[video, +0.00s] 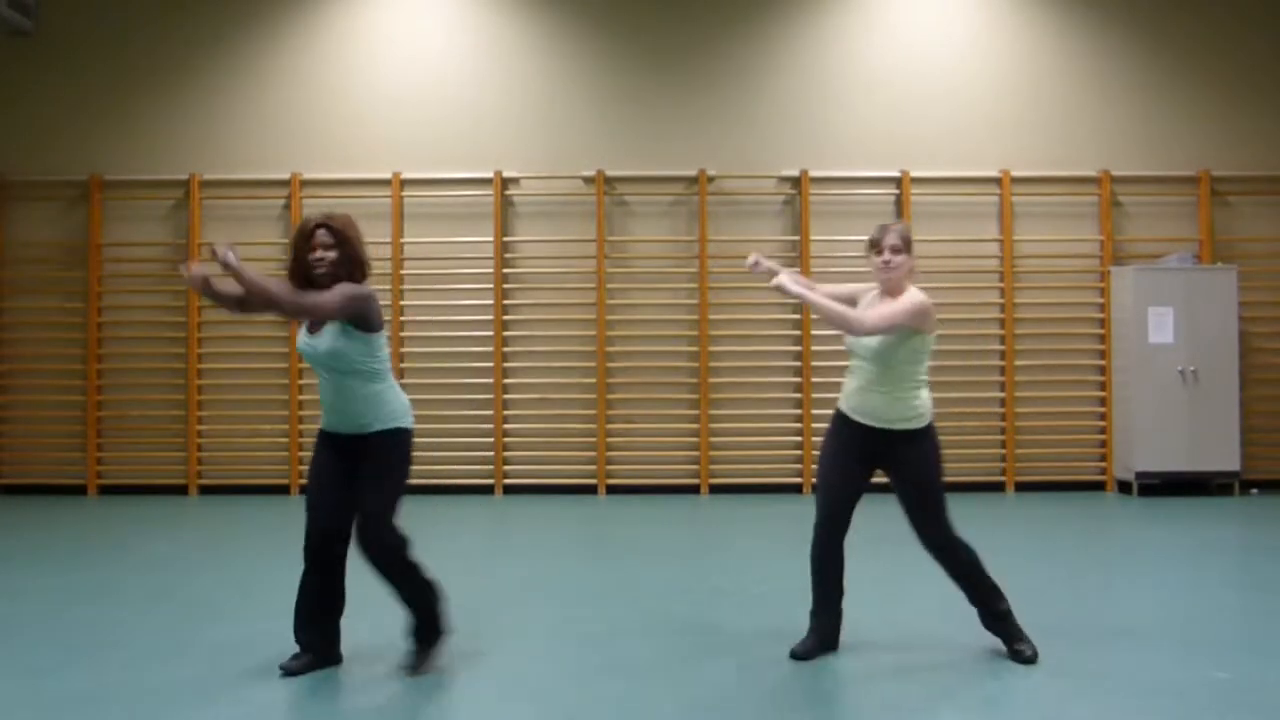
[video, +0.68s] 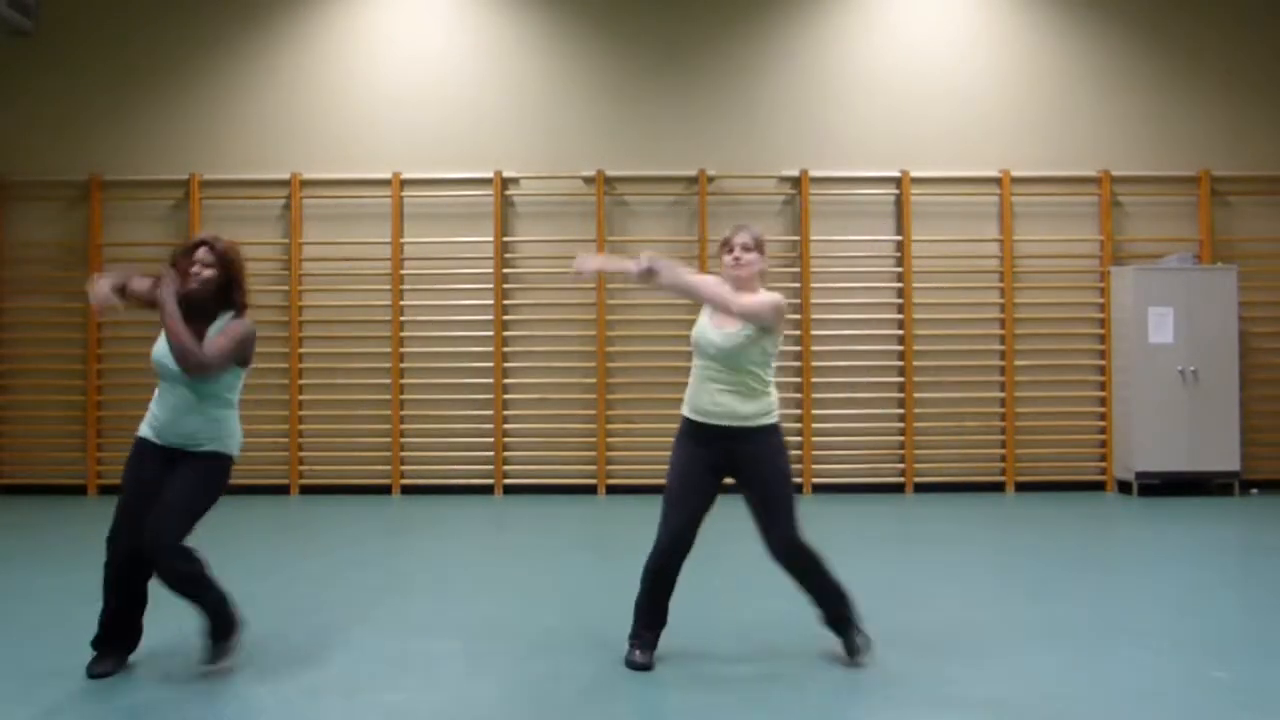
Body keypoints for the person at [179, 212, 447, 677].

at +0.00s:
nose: (321, 255)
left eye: (330, 247)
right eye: (313, 248)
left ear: (349, 253)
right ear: (302, 257)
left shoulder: (358, 297)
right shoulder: (302, 298)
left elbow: (299, 305)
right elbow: (247, 301)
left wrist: (238, 268)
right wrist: (206, 284)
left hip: (385, 434)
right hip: (335, 436)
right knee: (323, 544)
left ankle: (428, 619)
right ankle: (320, 648)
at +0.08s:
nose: (300, 268)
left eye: (309, 258)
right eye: (291, 260)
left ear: (328, 260)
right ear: (283, 265)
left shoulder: (352, 304)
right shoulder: (288, 308)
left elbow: (321, 357)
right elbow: (253, 350)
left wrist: (263, 332)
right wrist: (230, 340)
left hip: (359, 433)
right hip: (314, 434)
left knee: (329, 539)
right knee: (304, 546)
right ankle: (314, 647)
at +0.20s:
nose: (274, 282)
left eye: (281, 271)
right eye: (267, 274)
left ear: (302, 267)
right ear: (261, 275)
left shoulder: (337, 309)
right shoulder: (275, 314)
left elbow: (331, 375)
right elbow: (282, 382)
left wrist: (268, 372)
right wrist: (252, 379)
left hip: (325, 439)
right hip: (282, 437)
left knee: (287, 540)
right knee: (248, 539)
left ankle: (319, 652)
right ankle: (296, 650)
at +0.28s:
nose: (265, 255)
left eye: (273, 245)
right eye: (258, 249)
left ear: (294, 247)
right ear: (253, 257)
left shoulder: (321, 299)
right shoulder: (265, 304)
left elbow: (297, 346)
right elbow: (255, 366)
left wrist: (248, 324)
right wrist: (220, 342)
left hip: (308, 435)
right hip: (263, 433)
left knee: (289, 544)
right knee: (211, 525)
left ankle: (319, 651)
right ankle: (262, 623)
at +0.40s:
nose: (254, 233)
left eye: (264, 228)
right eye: (249, 227)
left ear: (282, 240)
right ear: (240, 235)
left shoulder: (289, 290)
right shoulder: (233, 289)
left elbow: (245, 266)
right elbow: (192, 300)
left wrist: (193, 232)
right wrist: (164, 257)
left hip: (282, 431)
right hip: (232, 430)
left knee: (286, 537)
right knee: (183, 519)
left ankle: (316, 651)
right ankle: (168, 622)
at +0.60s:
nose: (217, 254)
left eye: (229, 251)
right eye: (212, 247)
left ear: (243, 267)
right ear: (200, 256)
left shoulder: (243, 313)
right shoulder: (187, 294)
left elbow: (192, 287)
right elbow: (147, 250)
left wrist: (154, 230)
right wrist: (97, 219)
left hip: (225, 447)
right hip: (172, 443)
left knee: (211, 546)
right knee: (137, 543)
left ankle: (287, 640)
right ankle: (111, 648)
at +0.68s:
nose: (197, 269)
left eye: (209, 265)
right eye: (192, 262)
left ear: (226, 277)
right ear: (183, 269)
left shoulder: (238, 328)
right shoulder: (174, 299)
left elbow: (195, 362)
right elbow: (128, 282)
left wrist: (167, 302)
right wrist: (107, 283)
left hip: (207, 454)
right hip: (154, 443)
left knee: (159, 543)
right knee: (123, 546)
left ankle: (222, 616)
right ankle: (114, 647)